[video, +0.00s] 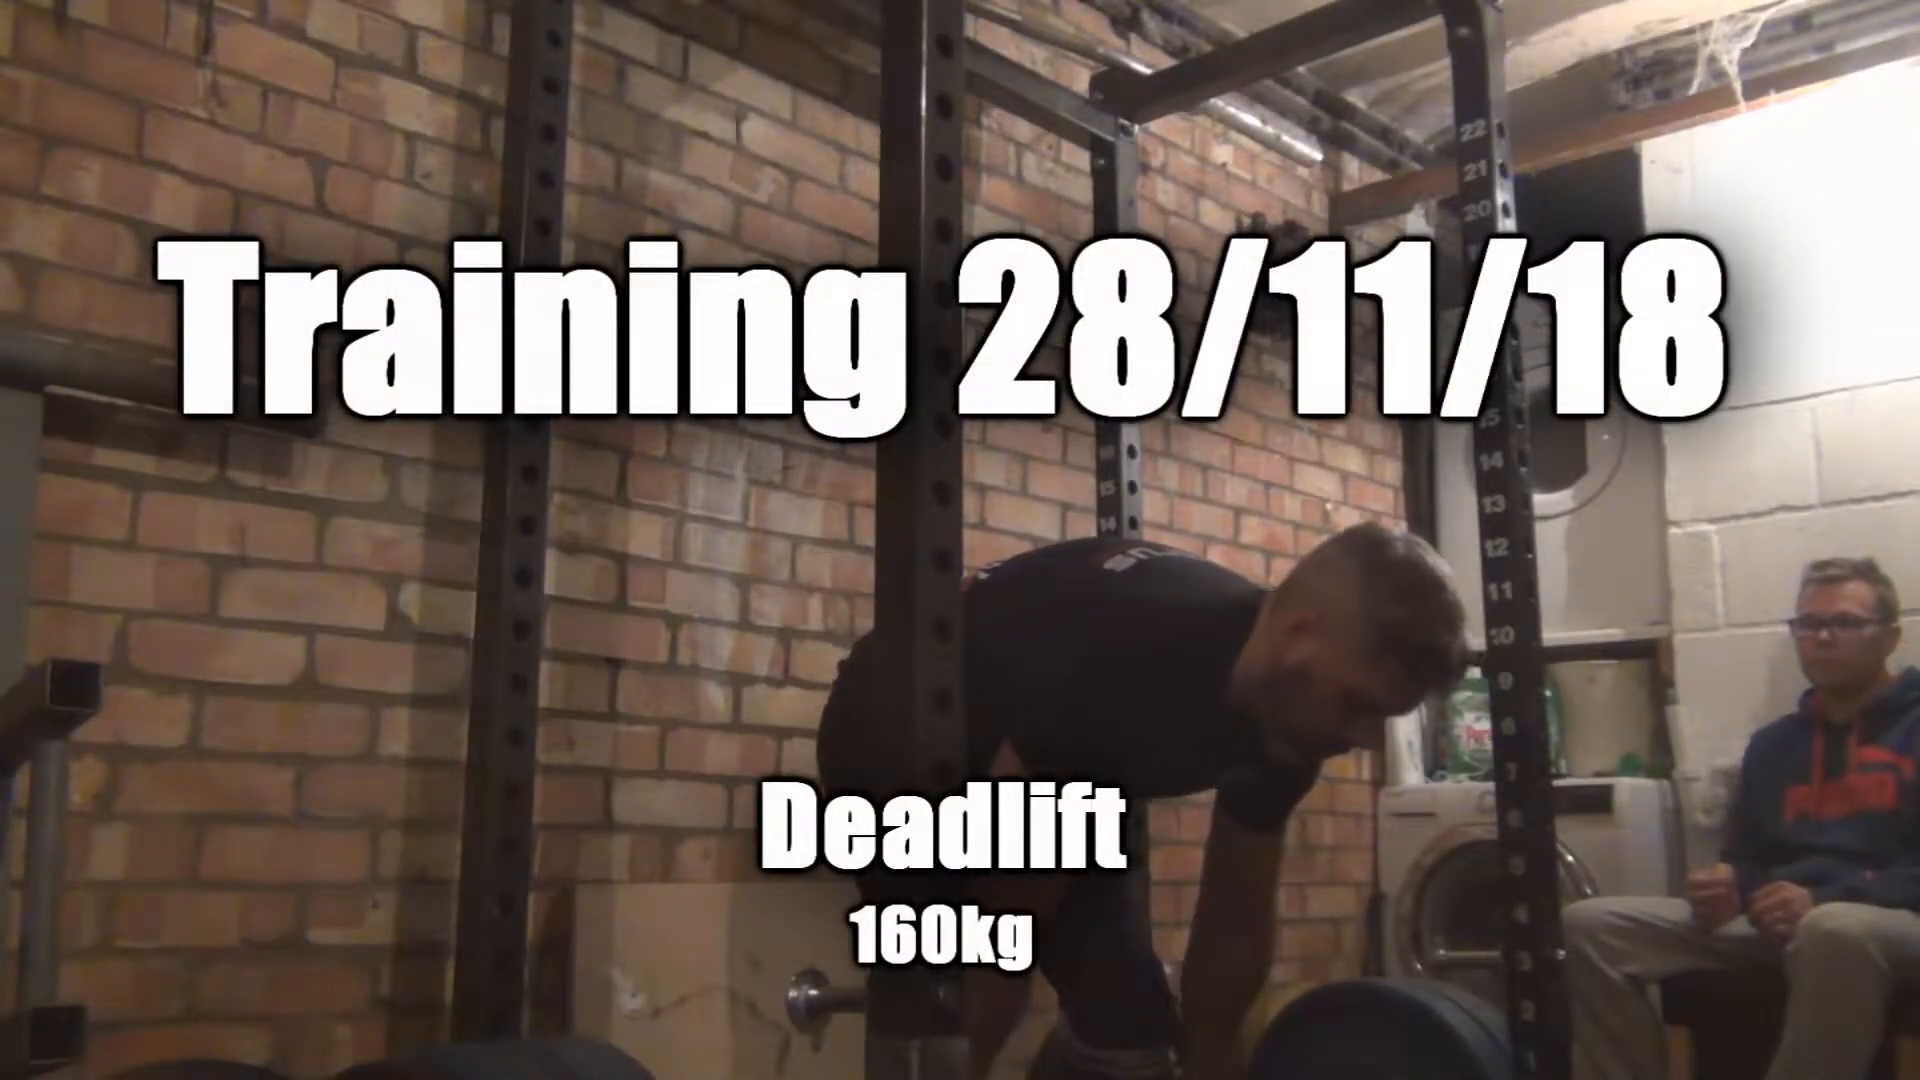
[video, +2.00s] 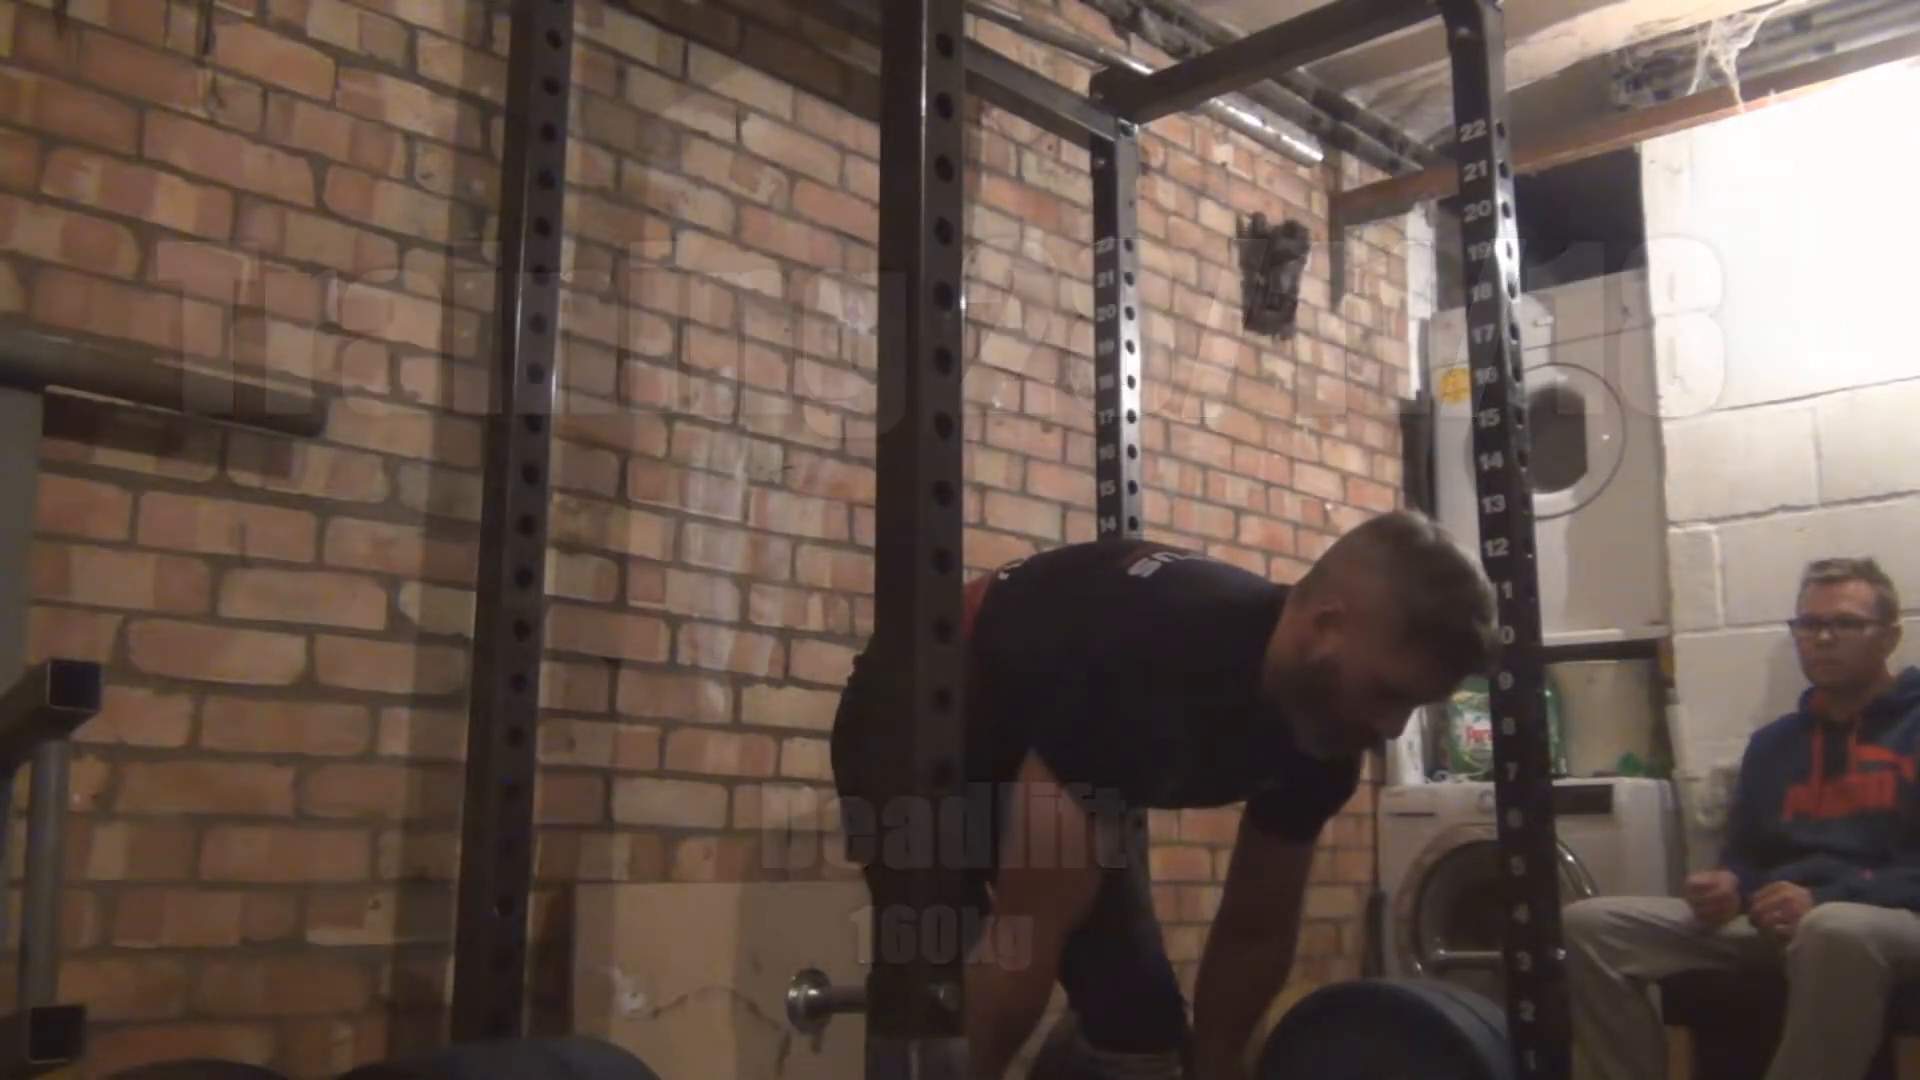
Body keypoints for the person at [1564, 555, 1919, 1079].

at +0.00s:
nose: (1821, 638)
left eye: (1844, 624)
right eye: (1808, 624)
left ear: (1890, 637)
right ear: (1794, 633)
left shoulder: (1914, 723)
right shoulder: (1772, 745)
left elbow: (1914, 875)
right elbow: (1746, 858)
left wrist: (1821, 900)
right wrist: (1729, 888)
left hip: (1895, 922)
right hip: (1774, 920)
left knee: (1833, 936)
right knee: (1589, 929)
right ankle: (1626, 1073)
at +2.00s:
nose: (1822, 639)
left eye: (1844, 624)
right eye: (1809, 624)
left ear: (1890, 636)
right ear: (1794, 634)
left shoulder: (1914, 723)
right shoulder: (1773, 744)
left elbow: (1914, 873)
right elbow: (1744, 852)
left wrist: (1820, 900)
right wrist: (1731, 883)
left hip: (1894, 920)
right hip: (1771, 919)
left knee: (1833, 935)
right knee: (1589, 929)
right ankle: (1628, 1072)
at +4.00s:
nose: (1825, 637)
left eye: (1848, 623)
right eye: (1812, 622)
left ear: (1894, 637)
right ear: (1797, 632)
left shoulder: (1913, 721)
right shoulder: (1774, 743)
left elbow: (1914, 870)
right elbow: (1742, 849)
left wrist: (1818, 903)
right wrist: (1728, 886)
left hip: (1894, 917)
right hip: (1769, 916)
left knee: (1832, 937)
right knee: (1589, 928)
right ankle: (1628, 1073)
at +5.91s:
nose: (1822, 635)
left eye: (1844, 620)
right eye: (1809, 621)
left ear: (1892, 635)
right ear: (1795, 634)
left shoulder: (1913, 721)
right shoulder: (1775, 742)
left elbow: (1913, 872)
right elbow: (1739, 852)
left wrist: (1816, 905)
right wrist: (1724, 892)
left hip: (1892, 919)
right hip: (1766, 917)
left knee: (1834, 936)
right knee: (1587, 929)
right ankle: (1628, 1073)